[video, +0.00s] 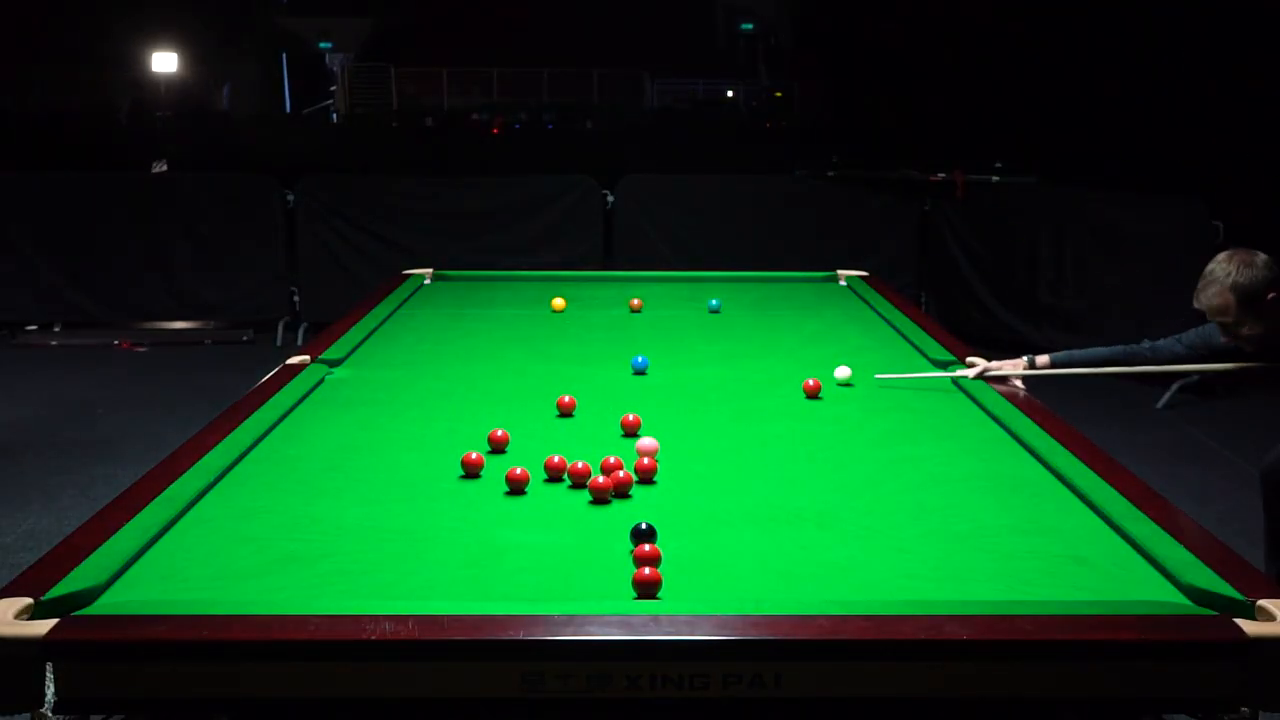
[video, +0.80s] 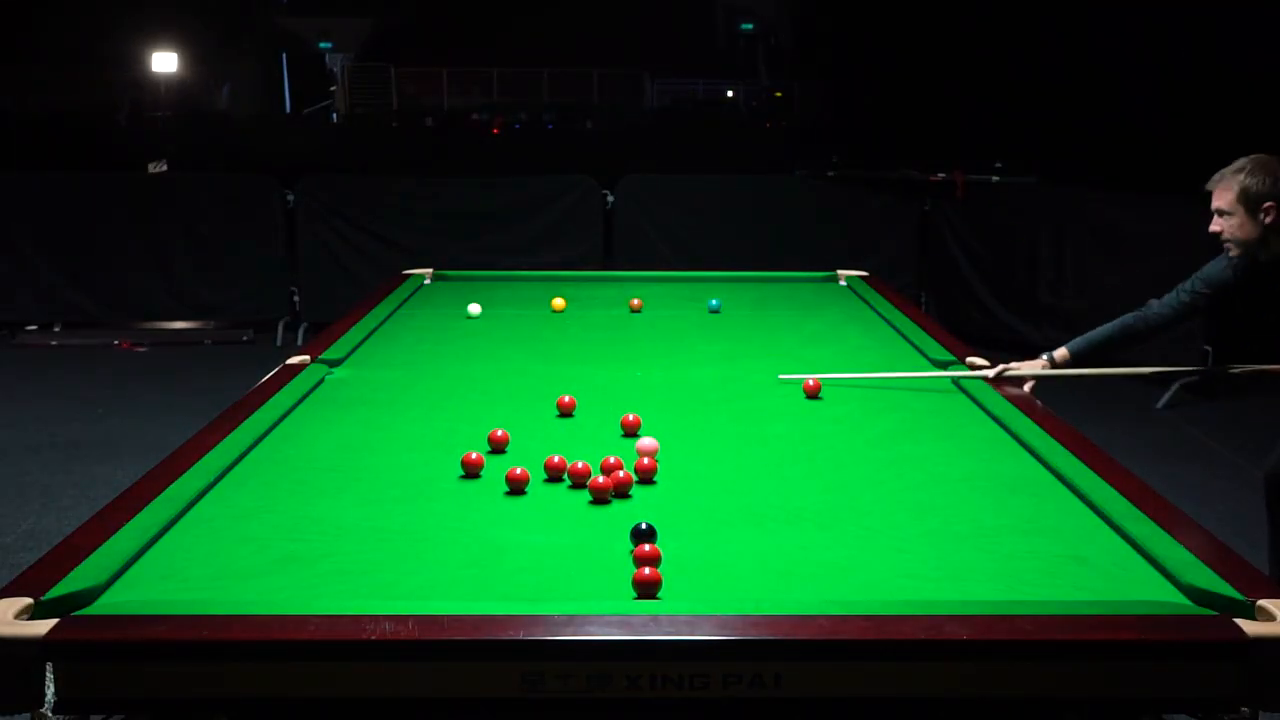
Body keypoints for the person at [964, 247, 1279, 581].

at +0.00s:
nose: (1224, 335)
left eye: (1232, 324)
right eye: (1218, 323)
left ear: (1267, 305)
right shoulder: (1235, 333)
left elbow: (1149, 353)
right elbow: (1147, 354)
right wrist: (1030, 364)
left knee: (1271, 475)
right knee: (1271, 477)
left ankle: (1271, 586)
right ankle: (1270, 583)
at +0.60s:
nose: (1181, 356)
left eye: (1189, 346)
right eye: (1177, 345)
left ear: (1227, 331)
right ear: (1225, 328)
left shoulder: (1265, 355)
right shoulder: (1216, 350)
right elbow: (1118, 357)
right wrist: (1025, 366)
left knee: (1269, 476)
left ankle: (1268, 582)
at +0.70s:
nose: (1172, 346)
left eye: (1180, 335)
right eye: (1169, 335)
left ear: (1217, 321)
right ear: (1215, 321)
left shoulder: (1267, 342)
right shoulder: (1222, 339)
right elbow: (1119, 356)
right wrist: (1027, 366)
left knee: (1269, 479)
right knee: (1268, 479)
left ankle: (1273, 589)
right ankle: (1272, 586)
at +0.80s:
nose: (1214, 226)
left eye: (1225, 215)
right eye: (1214, 214)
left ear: (1267, 215)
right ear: (1265, 216)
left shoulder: (1242, 269)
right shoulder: (1235, 269)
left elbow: (1154, 315)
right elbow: (1153, 315)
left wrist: (1048, 360)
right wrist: (1049, 360)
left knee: (1273, 482)